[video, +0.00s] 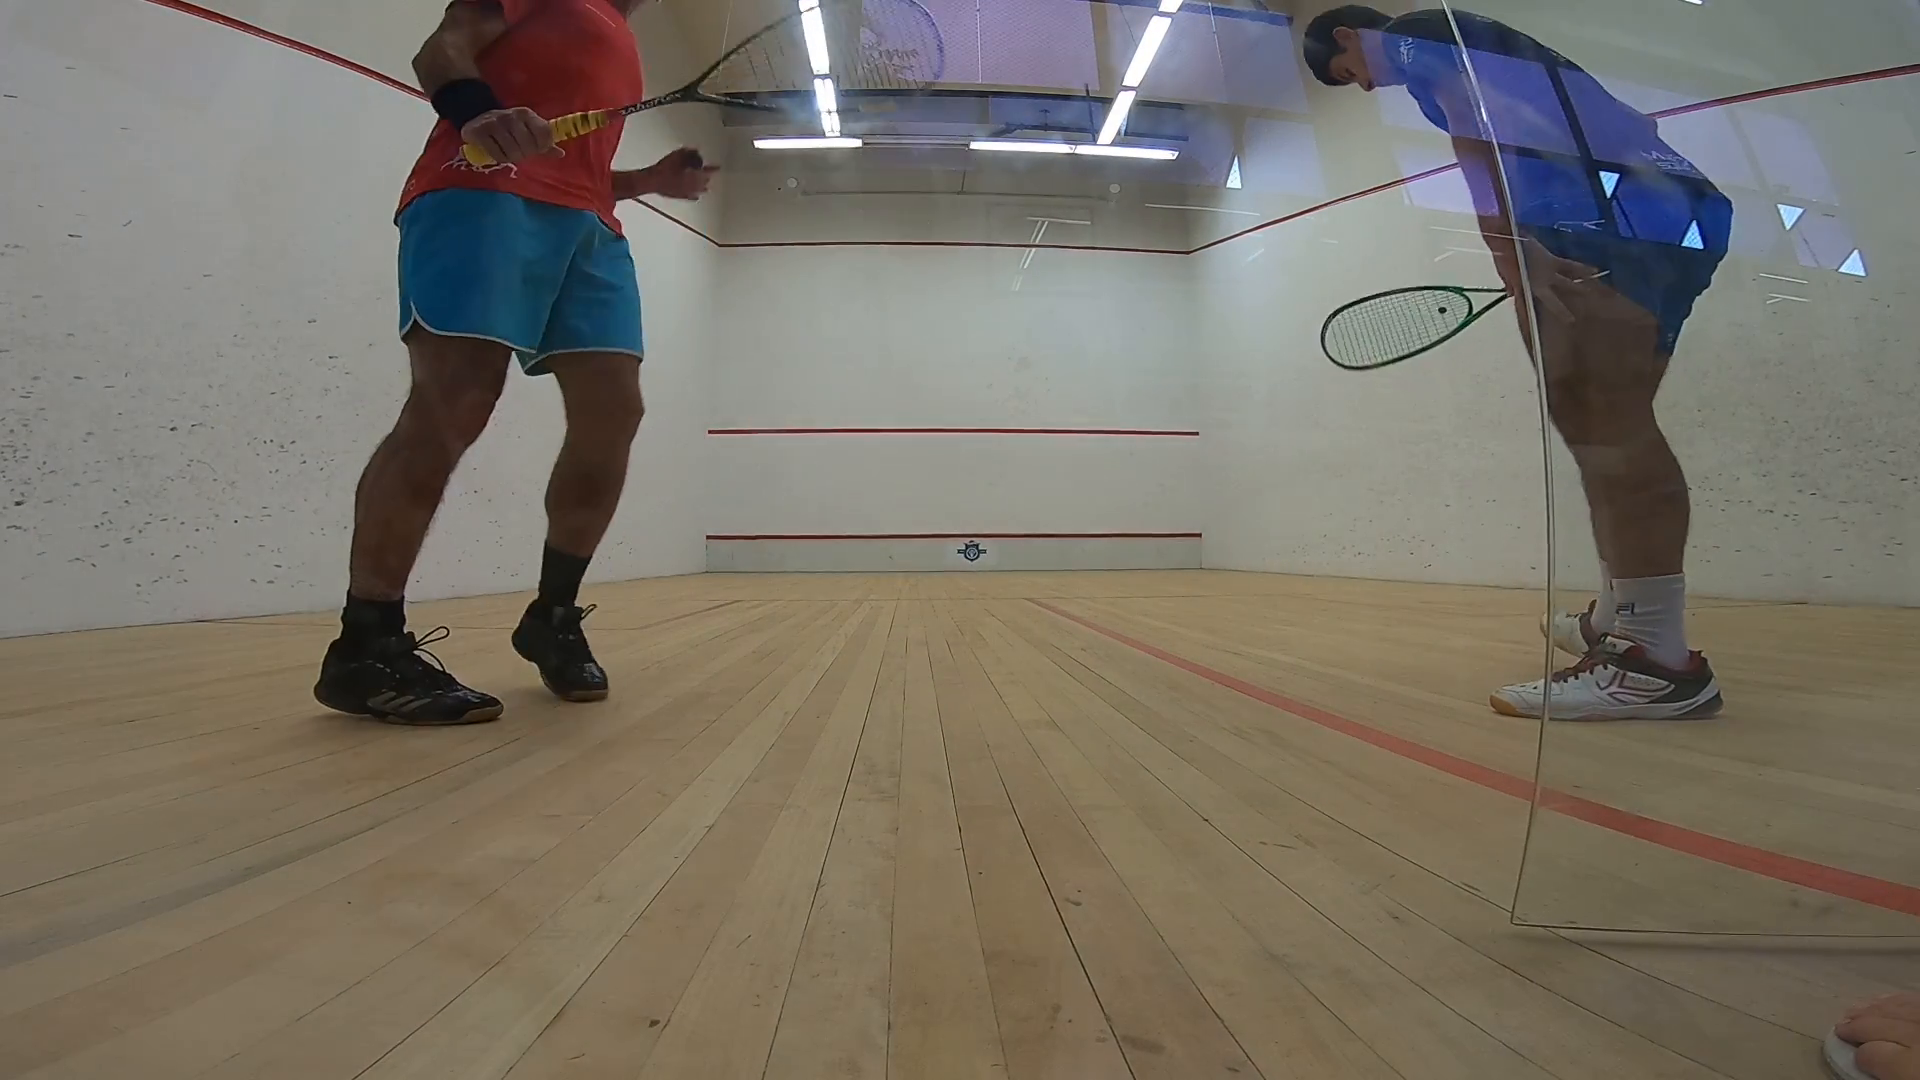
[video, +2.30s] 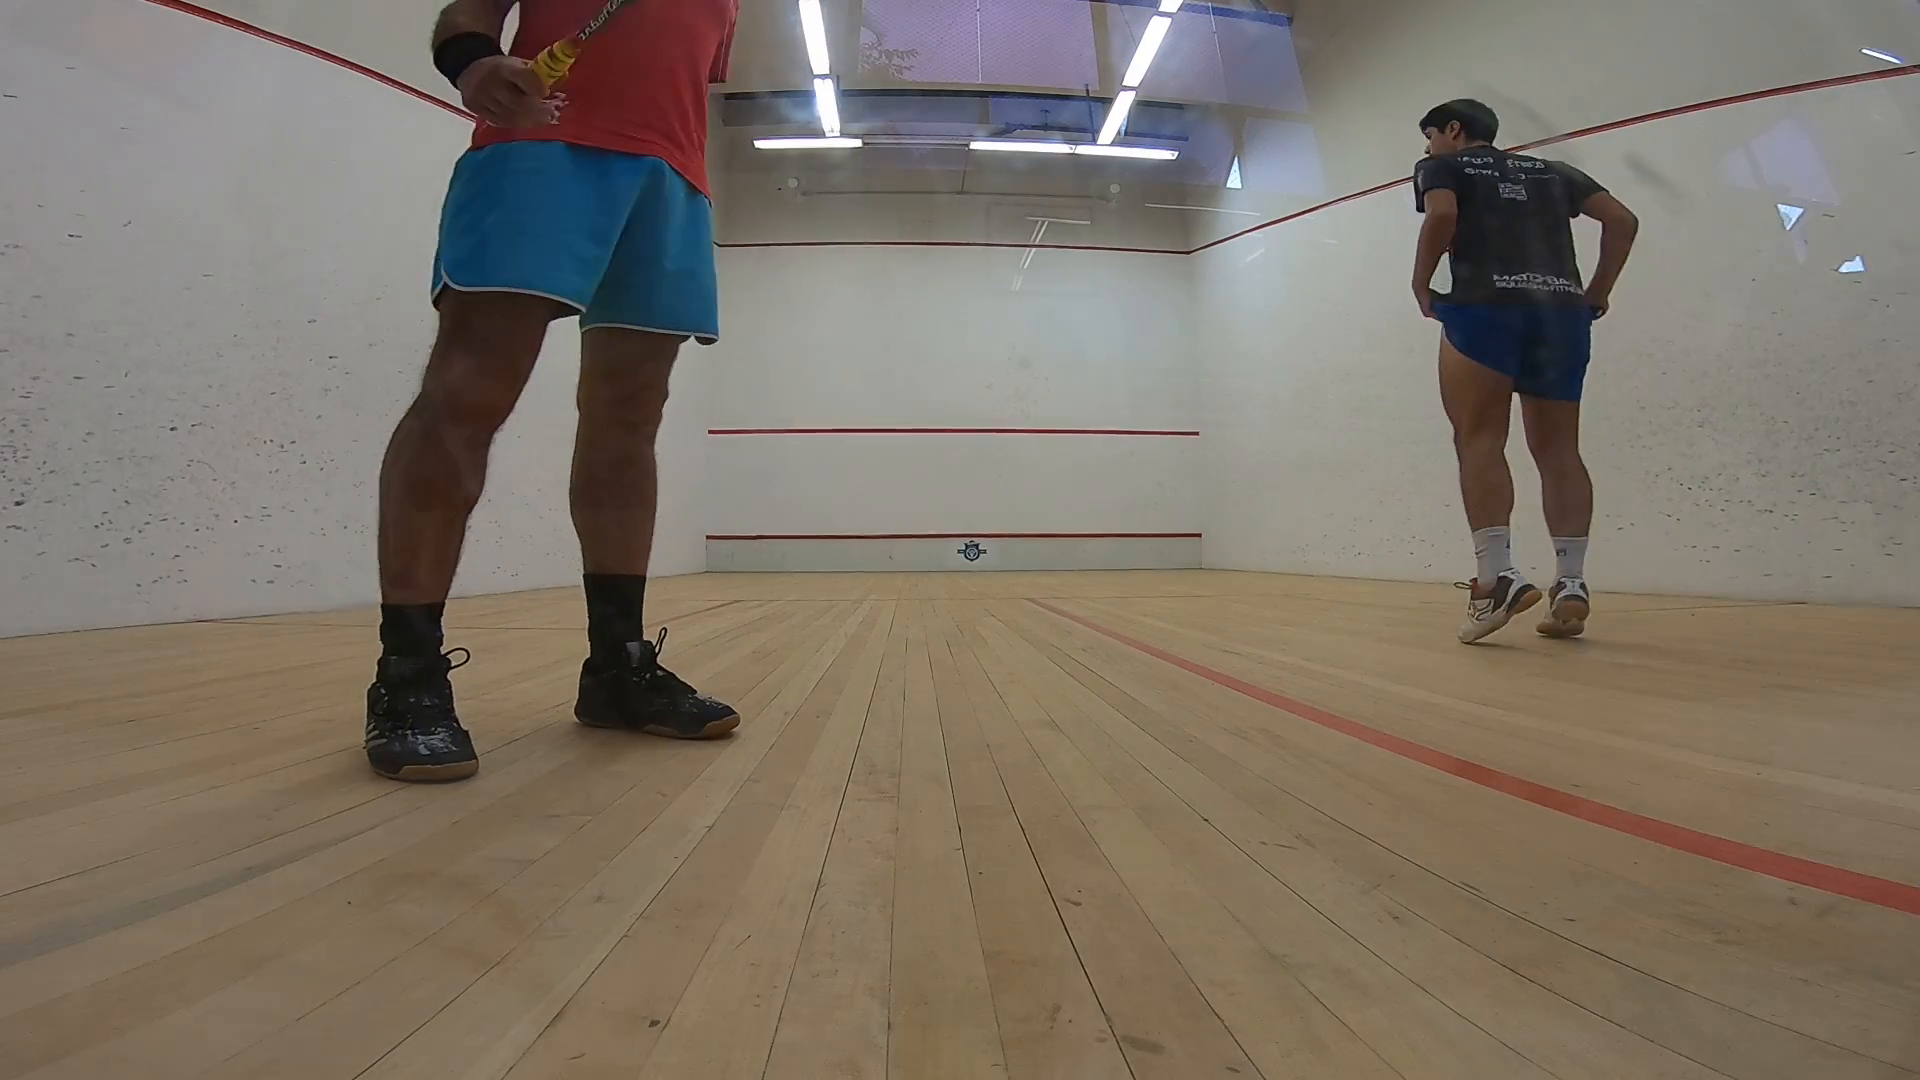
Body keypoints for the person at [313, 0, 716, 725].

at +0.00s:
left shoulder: (618, 43)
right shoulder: (520, 1)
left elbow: (571, 177)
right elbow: (437, 52)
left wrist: (649, 180)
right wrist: (479, 112)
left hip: (585, 223)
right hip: (483, 195)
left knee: (611, 411)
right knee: (451, 402)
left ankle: (554, 615)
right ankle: (366, 645)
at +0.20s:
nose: (650, 1)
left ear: (648, 16)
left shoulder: (643, 90)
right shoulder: (518, 21)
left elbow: (680, 178)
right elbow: (419, 107)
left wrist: (727, 117)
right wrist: (445, 146)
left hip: (588, 254)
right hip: (497, 217)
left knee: (546, 438)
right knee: (528, 385)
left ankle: (528, 633)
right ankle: (390, 615)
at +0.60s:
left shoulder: (641, 62)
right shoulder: (485, 19)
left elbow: (730, 77)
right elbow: (407, 114)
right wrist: (401, 174)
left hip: (575, 258)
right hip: (464, 232)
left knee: (541, 448)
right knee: (430, 416)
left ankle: (528, 635)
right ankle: (409, 661)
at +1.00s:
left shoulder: (620, 2)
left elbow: (674, 17)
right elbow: (345, 52)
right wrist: (300, 109)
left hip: (549, 176)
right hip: (404, 157)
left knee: (553, 413)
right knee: (377, 398)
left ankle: (529, 599)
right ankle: (392, 671)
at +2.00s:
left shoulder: (668, 2)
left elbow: (721, 75)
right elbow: (367, 6)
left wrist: (834, 30)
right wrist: (376, 38)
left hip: (604, 151)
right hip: (466, 116)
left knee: (598, 408)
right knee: (412, 391)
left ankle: (617, 664)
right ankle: (405, 682)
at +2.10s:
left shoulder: (679, 8)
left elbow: (685, 94)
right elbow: (401, 14)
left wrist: (802, 112)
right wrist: (411, 44)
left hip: (625, 156)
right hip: (486, 125)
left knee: (605, 412)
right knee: (428, 398)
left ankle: (616, 665)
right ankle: (407, 684)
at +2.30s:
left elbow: (710, 73)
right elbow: (465, 16)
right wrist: (472, 64)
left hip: (673, 156)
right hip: (542, 130)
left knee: (627, 413)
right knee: (466, 397)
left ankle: (619, 665)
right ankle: (409, 682)